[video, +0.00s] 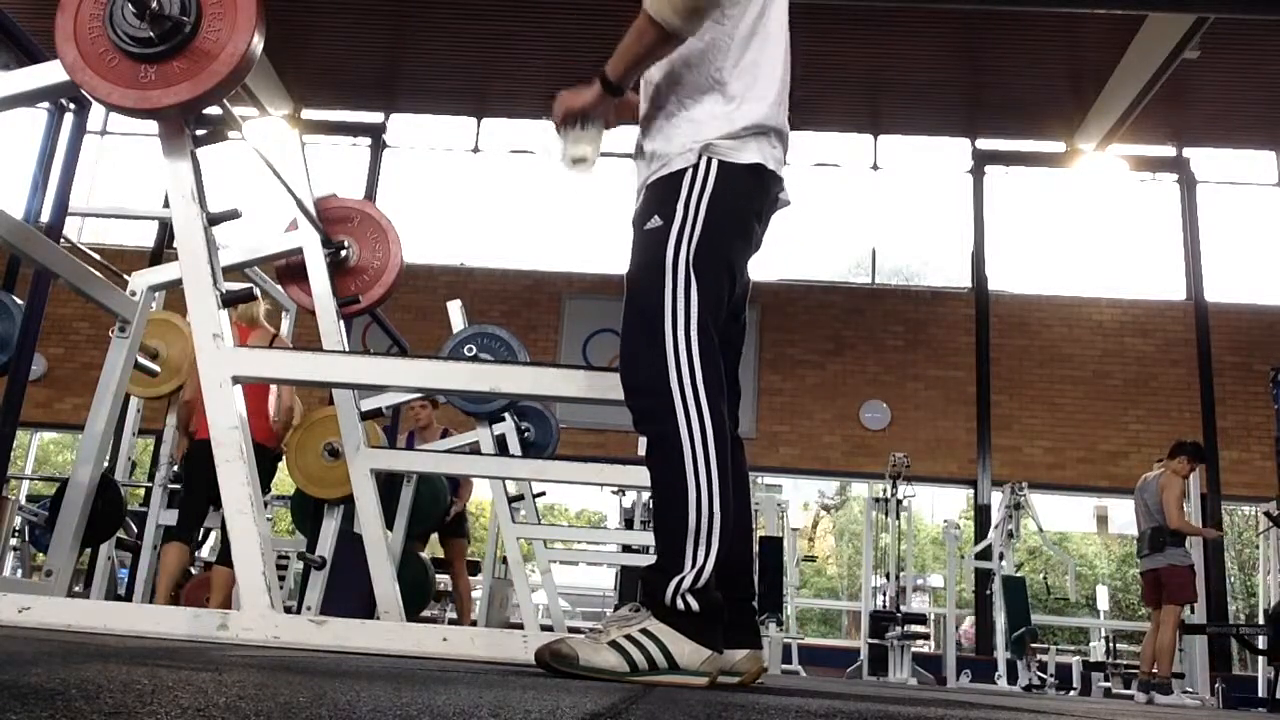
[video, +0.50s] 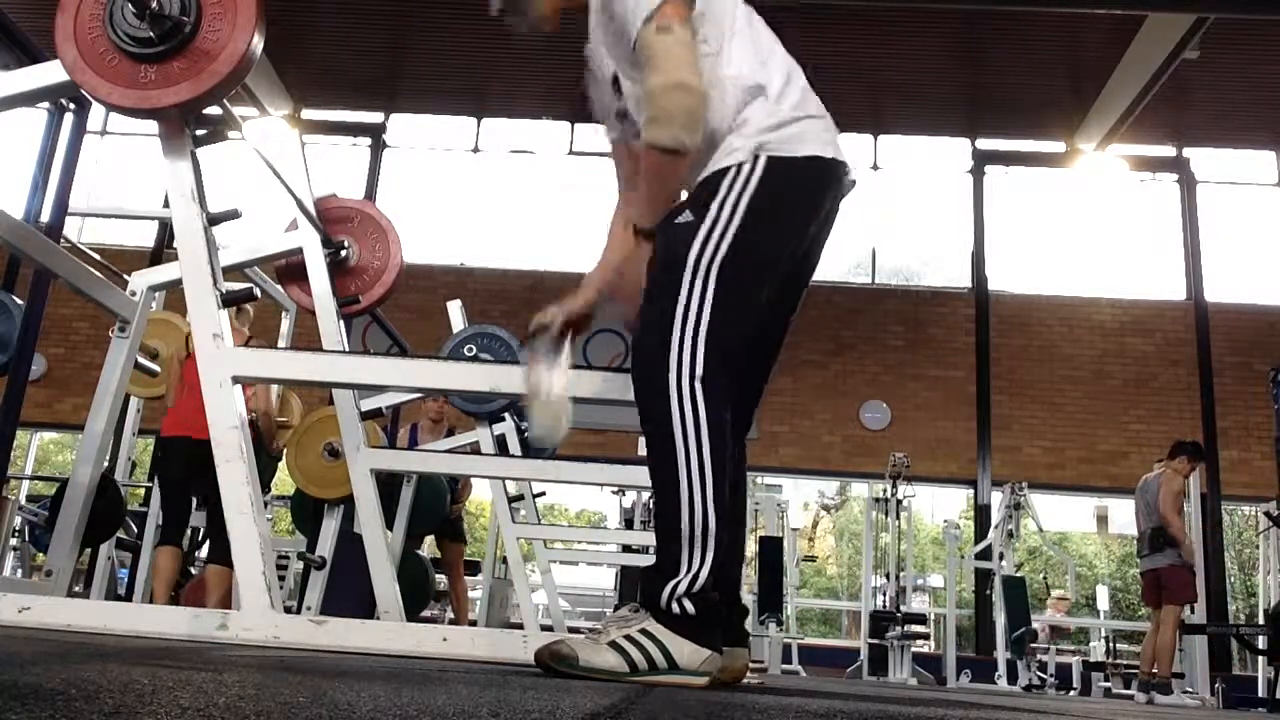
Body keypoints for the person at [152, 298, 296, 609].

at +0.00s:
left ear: (231, 309)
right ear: (264, 311)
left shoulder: (210, 335)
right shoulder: (280, 344)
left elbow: (189, 395)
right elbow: (285, 407)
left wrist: (183, 433)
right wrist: (275, 440)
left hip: (207, 444)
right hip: (258, 450)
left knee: (186, 521)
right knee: (236, 531)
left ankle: (160, 605)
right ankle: (216, 616)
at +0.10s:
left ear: (224, 305)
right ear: (259, 307)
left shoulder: (203, 336)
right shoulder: (275, 343)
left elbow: (185, 394)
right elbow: (282, 406)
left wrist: (182, 434)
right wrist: (272, 443)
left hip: (202, 447)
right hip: (254, 452)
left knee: (179, 526)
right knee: (233, 534)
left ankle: (159, 609)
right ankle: (215, 619)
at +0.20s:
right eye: (256, 300)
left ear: (216, 303)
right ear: (254, 306)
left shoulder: (196, 336)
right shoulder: (268, 342)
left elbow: (183, 397)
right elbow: (278, 404)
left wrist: (184, 431)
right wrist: (272, 443)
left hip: (195, 445)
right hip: (244, 450)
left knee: (176, 526)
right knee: (229, 533)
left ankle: (159, 612)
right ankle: (215, 620)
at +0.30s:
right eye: (256, 320)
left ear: (216, 311)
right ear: (251, 319)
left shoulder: (192, 340)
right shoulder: (264, 346)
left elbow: (178, 395)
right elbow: (273, 406)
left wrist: (182, 432)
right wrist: (272, 444)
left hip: (190, 445)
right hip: (240, 450)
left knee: (174, 527)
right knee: (227, 533)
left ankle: (159, 612)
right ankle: (215, 620)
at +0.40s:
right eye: (250, 303)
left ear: (211, 303)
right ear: (248, 306)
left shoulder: (188, 338)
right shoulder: (259, 346)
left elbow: (174, 399)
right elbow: (270, 406)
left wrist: (175, 426)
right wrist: (270, 445)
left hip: (182, 448)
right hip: (231, 452)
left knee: (174, 527)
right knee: (224, 534)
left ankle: (159, 611)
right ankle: (215, 620)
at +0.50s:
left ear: (216, 314)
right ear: (248, 324)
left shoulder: (186, 342)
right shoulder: (253, 350)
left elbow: (172, 400)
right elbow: (263, 408)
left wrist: (178, 429)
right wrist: (271, 444)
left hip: (173, 444)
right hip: (222, 446)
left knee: (171, 527)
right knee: (221, 532)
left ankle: (159, 612)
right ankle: (215, 620)